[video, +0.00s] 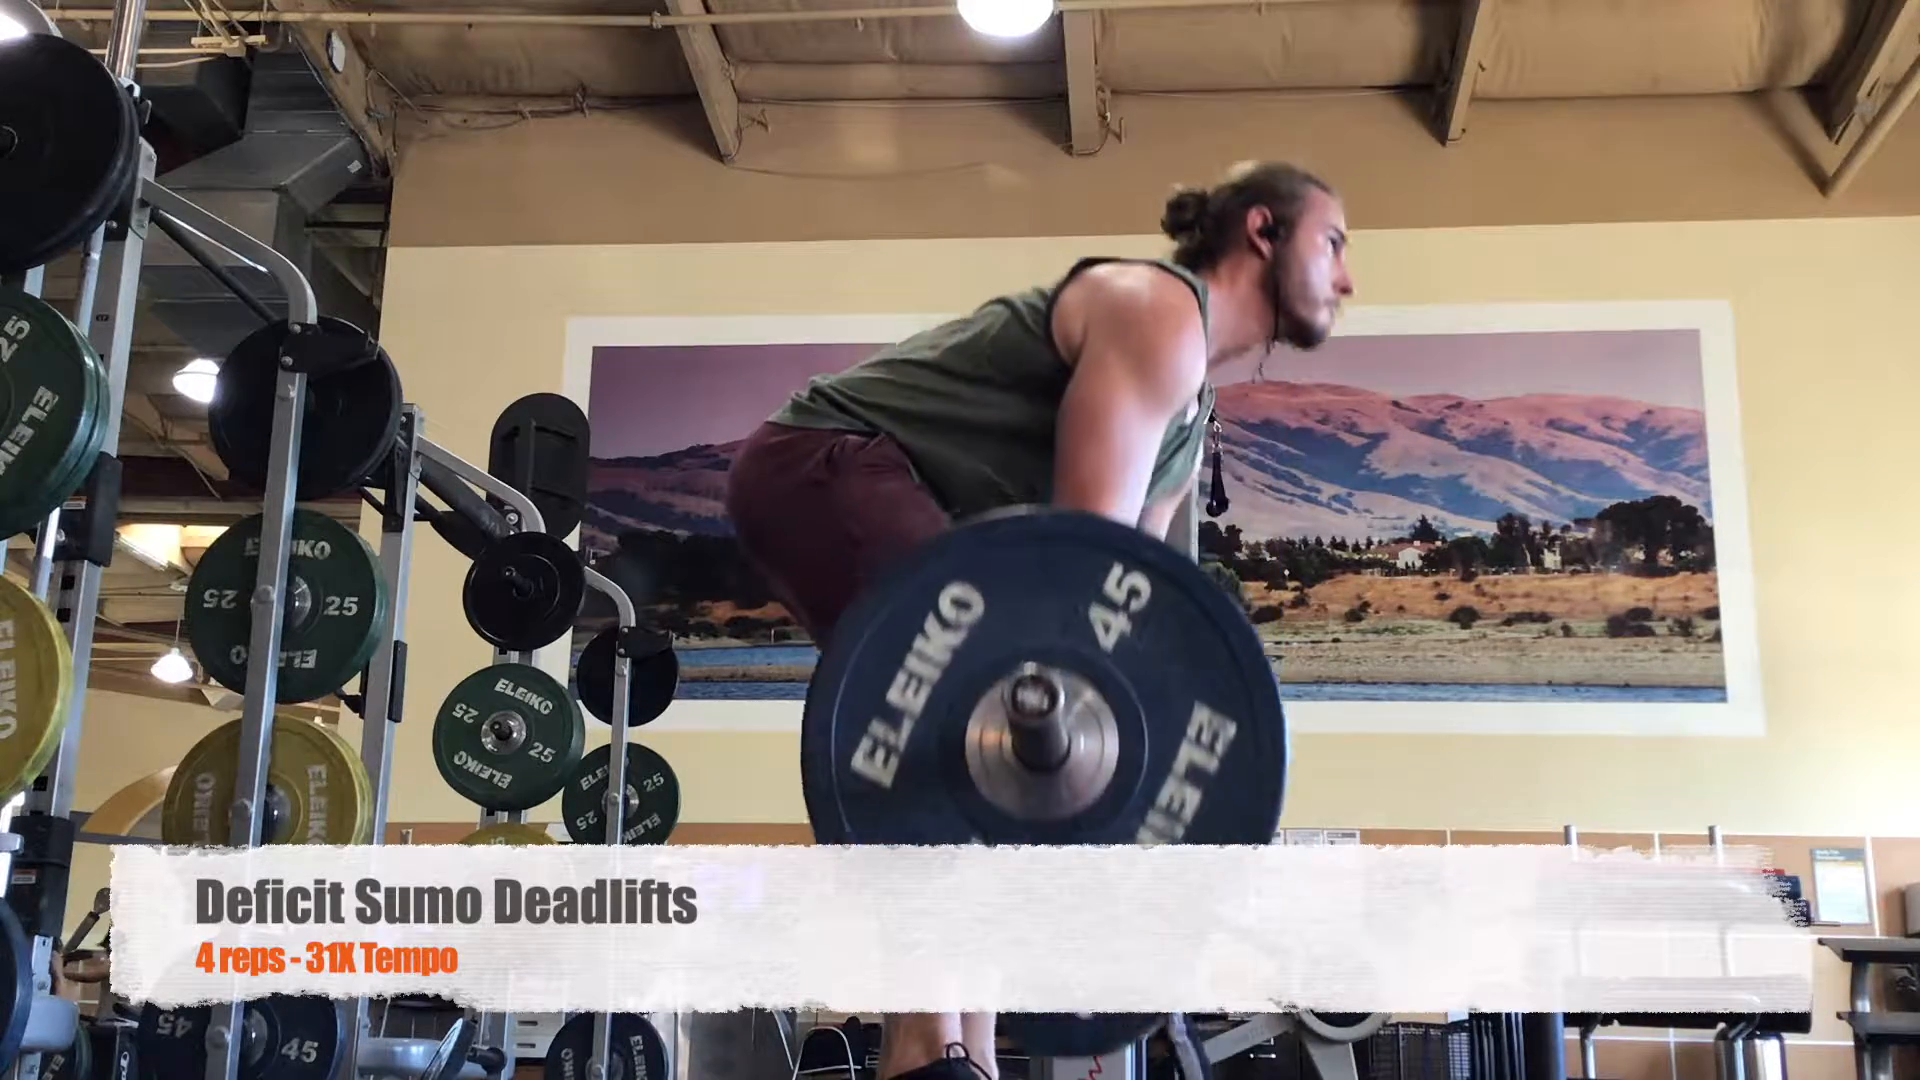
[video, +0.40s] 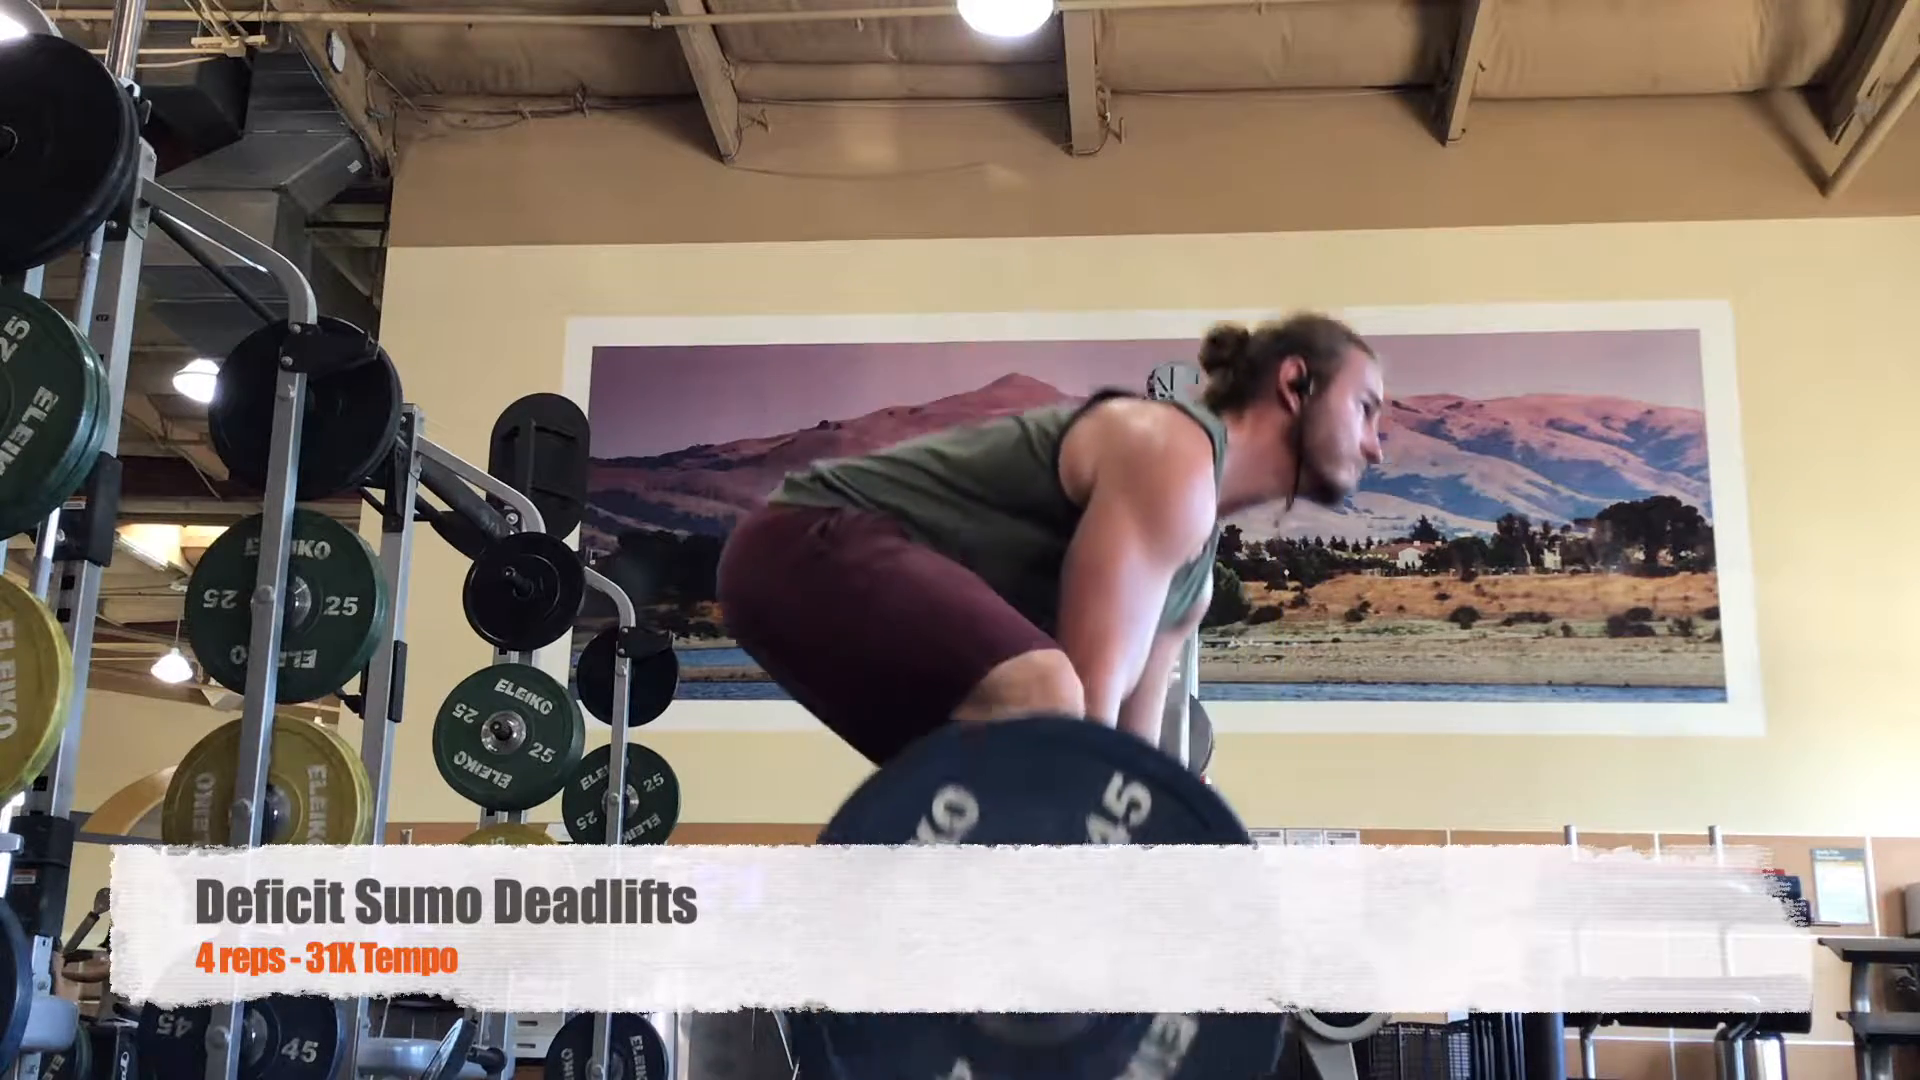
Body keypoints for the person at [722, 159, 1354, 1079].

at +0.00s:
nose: (1347, 278)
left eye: (1347, 251)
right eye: (1333, 244)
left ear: (1263, 242)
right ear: (1261, 235)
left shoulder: (1185, 427)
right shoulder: (1154, 314)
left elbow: (1135, 582)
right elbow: (1084, 552)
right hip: (827, 457)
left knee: (996, 746)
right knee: (954, 726)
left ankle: (970, 1043)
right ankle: (923, 1043)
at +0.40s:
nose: (1379, 439)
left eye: (1382, 417)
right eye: (1367, 406)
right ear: (1293, 387)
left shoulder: (1188, 579)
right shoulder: (1166, 457)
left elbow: (1133, 739)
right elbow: (1080, 699)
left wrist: (1134, 894)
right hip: (809, 542)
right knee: (1039, 696)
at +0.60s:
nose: (1390, 490)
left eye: (1398, 472)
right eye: (1385, 457)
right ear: (1315, 423)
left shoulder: (1200, 585)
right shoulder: (1174, 487)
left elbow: (1135, 770)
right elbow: (1079, 728)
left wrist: (1142, 944)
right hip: (814, 545)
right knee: (1050, 705)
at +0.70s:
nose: (1397, 452)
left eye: (1402, 430)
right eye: (1389, 417)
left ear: (1318, 398)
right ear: (1315, 391)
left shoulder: (1202, 565)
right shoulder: (1181, 454)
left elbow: (1138, 742)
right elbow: (1077, 694)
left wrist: (1135, 895)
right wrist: (1077, 879)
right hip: (826, 510)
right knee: (1034, 689)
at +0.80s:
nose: (1398, 411)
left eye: (1402, 394)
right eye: (1388, 378)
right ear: (1315, 349)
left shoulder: (1202, 525)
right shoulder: (1180, 413)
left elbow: (1141, 681)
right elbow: (1080, 638)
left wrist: (1157, 828)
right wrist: (1092, 817)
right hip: (832, 483)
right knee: (1022, 690)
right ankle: (849, 763)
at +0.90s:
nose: (1387, 342)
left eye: (1390, 320)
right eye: (1375, 308)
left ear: (1304, 294)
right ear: (1301, 286)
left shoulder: (1199, 467)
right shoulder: (1176, 354)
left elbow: (1141, 630)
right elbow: (1082, 582)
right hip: (840, 458)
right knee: (978, 727)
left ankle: (933, 1032)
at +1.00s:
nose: (1361, 258)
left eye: (1364, 235)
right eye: (1350, 225)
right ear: (1274, 206)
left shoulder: (1189, 395)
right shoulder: (1165, 286)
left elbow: (1145, 543)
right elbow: (1089, 502)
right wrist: (1091, 661)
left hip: (911, 466)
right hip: (840, 434)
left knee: (981, 728)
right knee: (945, 713)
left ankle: (965, 1037)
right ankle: (922, 1039)